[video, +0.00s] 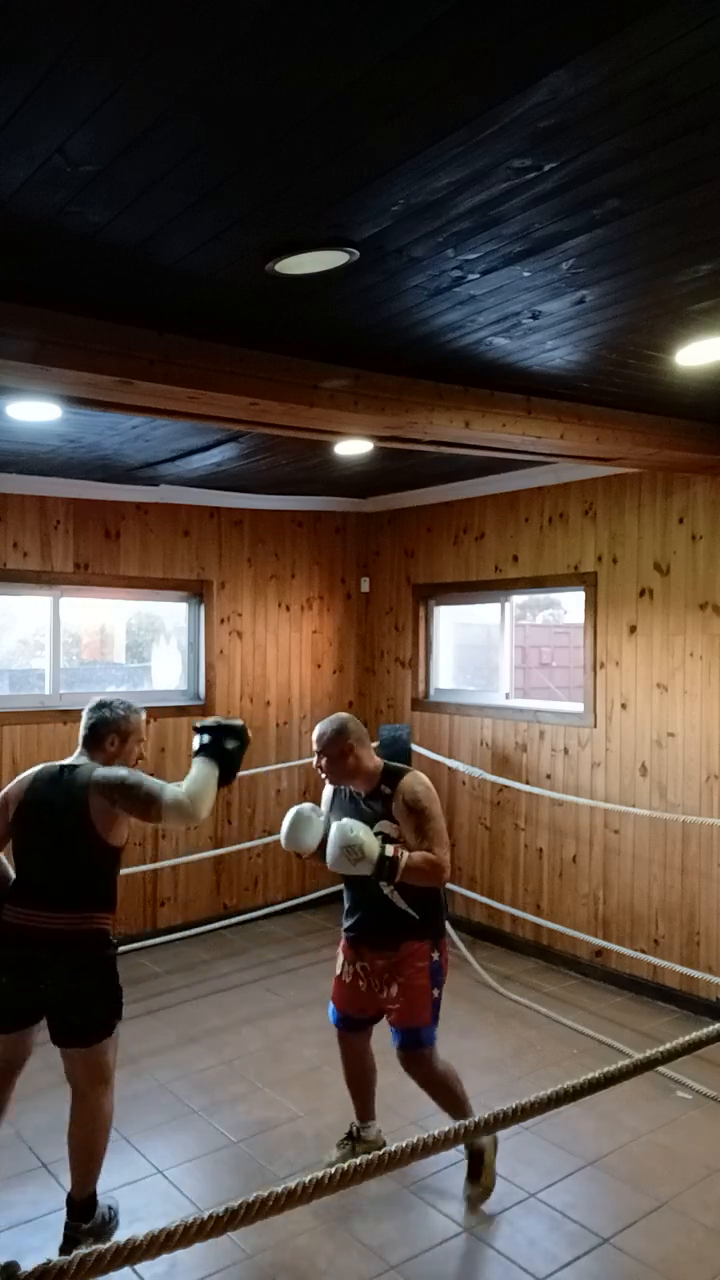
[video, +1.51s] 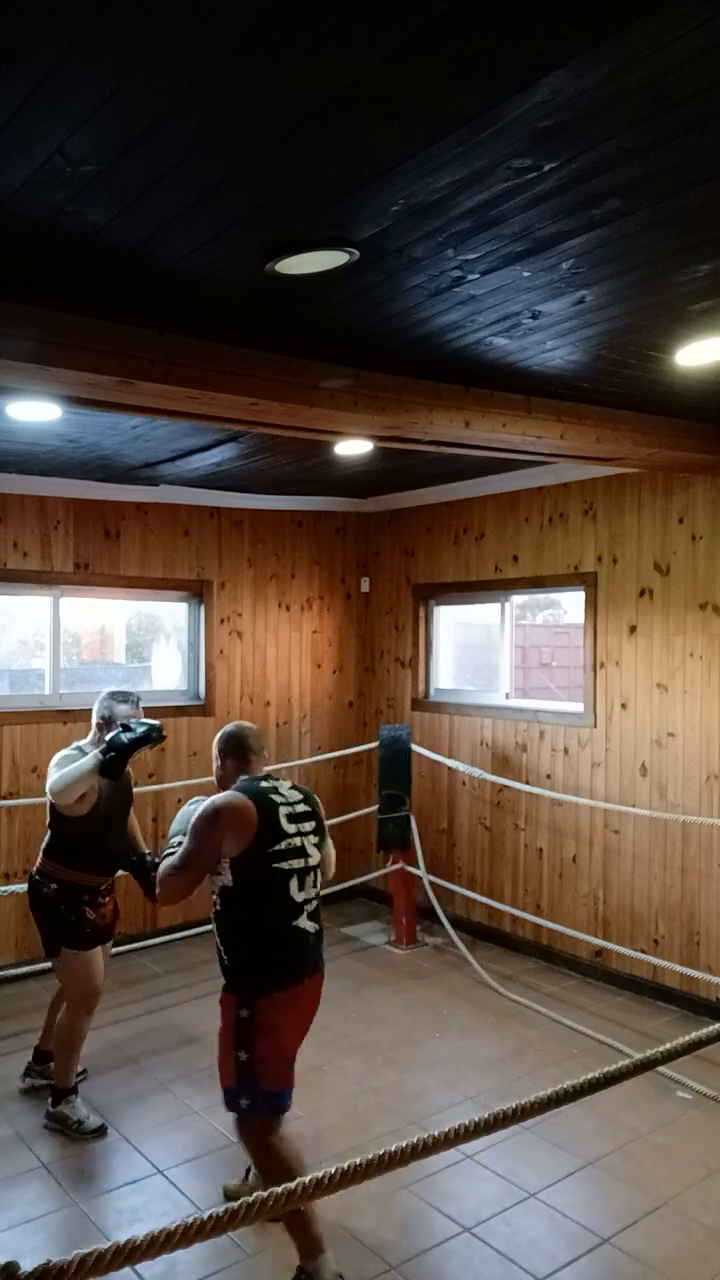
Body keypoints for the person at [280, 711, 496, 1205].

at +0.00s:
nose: (320, 768)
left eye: (325, 758)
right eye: (317, 759)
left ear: (354, 749)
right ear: (336, 755)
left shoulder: (412, 788)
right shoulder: (336, 791)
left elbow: (439, 868)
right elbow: (338, 856)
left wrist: (378, 853)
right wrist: (310, 839)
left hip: (415, 940)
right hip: (361, 935)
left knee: (415, 1055)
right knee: (349, 1030)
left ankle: (478, 1137)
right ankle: (366, 1132)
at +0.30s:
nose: (308, 782)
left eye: (312, 771)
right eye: (307, 772)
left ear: (336, 764)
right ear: (340, 760)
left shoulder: (393, 809)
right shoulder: (351, 804)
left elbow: (391, 894)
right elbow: (360, 874)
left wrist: (323, 874)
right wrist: (320, 858)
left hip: (404, 967)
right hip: (356, 955)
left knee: (407, 1088)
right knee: (324, 1038)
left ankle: (454, 1215)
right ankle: (358, 1131)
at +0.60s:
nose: (289, 771)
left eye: (293, 761)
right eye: (288, 762)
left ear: (314, 759)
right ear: (334, 753)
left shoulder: (332, 806)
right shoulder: (363, 791)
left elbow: (275, 880)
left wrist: (255, 842)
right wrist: (288, 829)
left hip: (357, 974)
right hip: (339, 962)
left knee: (353, 1109)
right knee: (299, 1038)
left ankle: (423, 1237)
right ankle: (315, 1158)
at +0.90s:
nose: (248, 771)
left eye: (254, 762)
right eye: (249, 763)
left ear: (282, 760)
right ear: (285, 758)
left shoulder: (311, 799)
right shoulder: (283, 797)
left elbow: (266, 877)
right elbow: (208, 772)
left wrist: (242, 828)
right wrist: (159, 732)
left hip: (335, 972)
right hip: (305, 966)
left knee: (315, 1112)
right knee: (289, 1060)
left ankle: (349, 1252)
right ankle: (303, 1154)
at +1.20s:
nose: (218, 788)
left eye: (218, 777)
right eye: (217, 778)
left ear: (232, 770)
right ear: (262, 762)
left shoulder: (271, 814)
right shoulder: (299, 798)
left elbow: (225, 898)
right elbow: (264, 877)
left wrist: (202, 857)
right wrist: (219, 852)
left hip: (292, 984)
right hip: (315, 972)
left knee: (279, 1128)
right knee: (282, 1090)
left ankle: (320, 1264)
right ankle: (301, 1162)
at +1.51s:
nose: (213, 771)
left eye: (214, 762)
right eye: (217, 762)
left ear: (223, 761)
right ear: (262, 758)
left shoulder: (223, 811)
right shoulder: (304, 798)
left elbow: (167, 889)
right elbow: (324, 862)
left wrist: (178, 837)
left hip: (261, 981)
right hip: (304, 972)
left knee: (257, 1124)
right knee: (263, 1086)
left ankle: (315, 1261)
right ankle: (267, 1183)